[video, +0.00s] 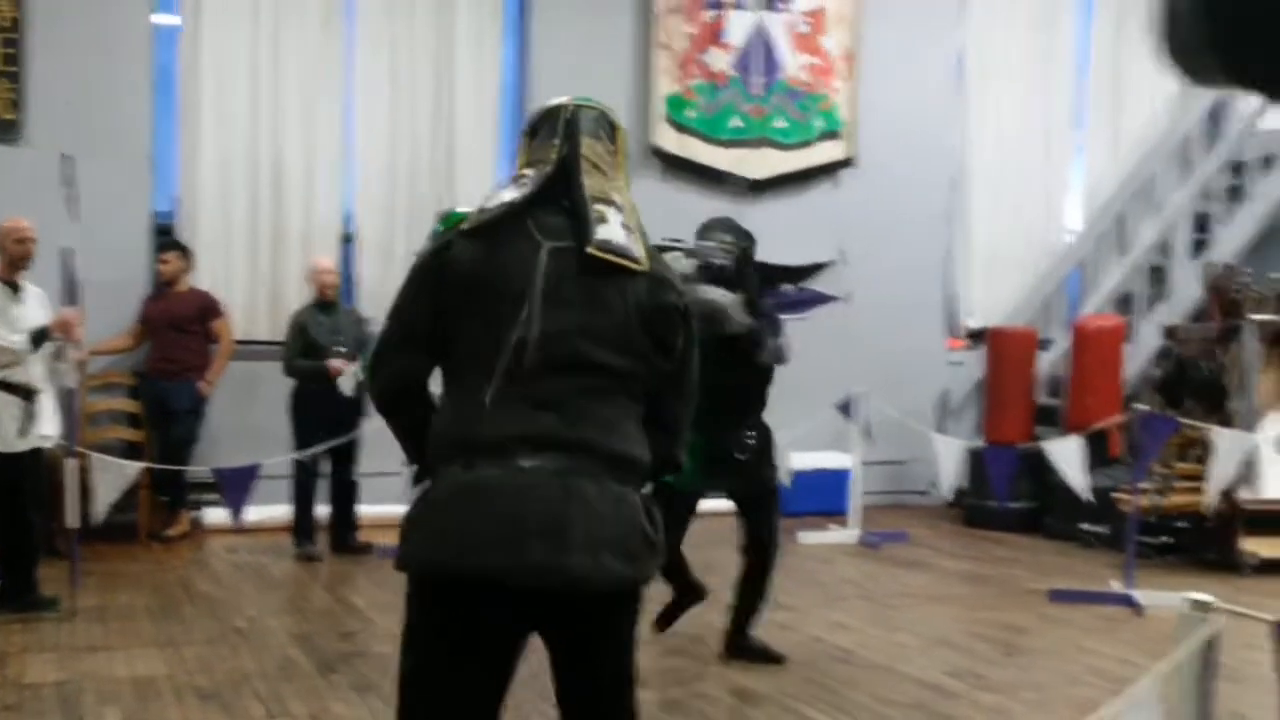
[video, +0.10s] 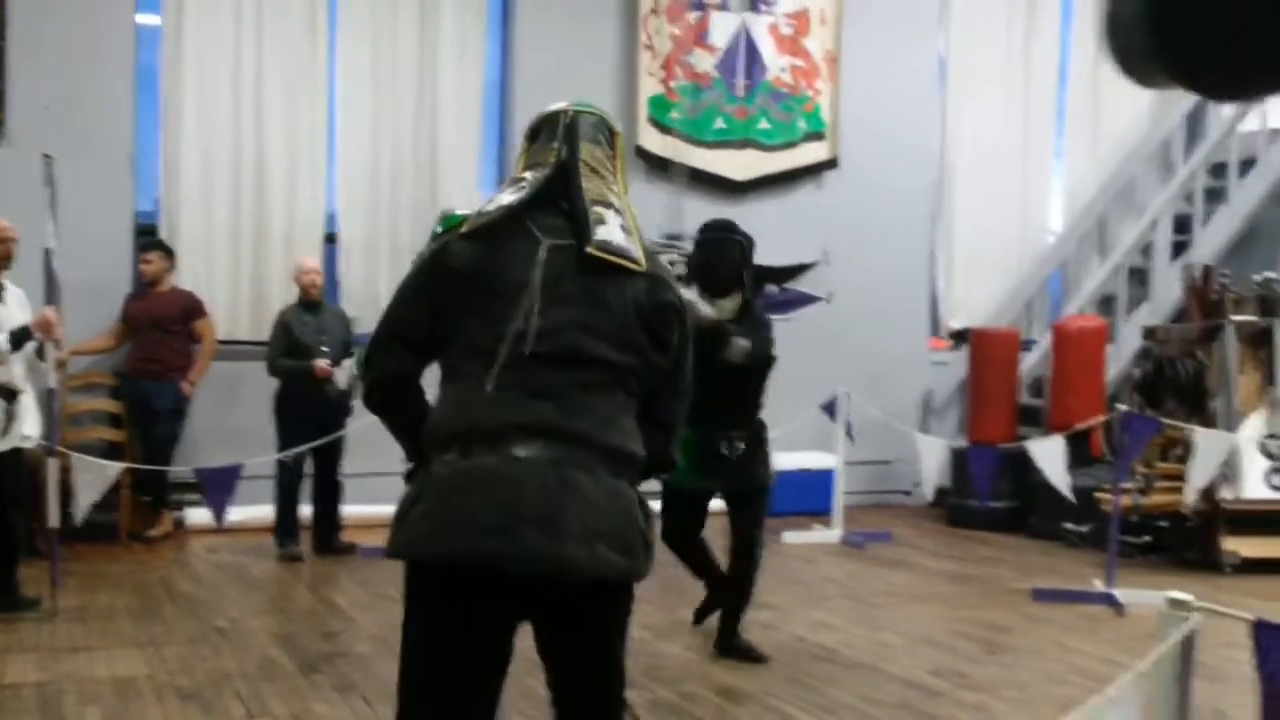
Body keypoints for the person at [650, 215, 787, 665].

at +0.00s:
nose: (712, 264)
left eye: (725, 256)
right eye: (706, 254)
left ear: (743, 263)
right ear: (695, 254)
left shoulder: (758, 314)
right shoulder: (680, 300)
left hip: (743, 437)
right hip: (687, 436)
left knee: (761, 540)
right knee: (660, 534)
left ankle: (738, 634)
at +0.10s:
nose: (715, 268)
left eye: (727, 259)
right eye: (709, 257)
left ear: (743, 267)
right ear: (696, 261)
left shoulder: (754, 325)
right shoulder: (681, 310)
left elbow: (748, 393)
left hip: (743, 439)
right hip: (691, 438)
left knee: (746, 542)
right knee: (678, 530)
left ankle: (728, 634)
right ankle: (717, 584)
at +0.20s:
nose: (692, 281)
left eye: (701, 273)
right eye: (689, 272)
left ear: (720, 275)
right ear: (683, 273)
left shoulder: (733, 323)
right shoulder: (677, 317)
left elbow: (741, 365)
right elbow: (649, 352)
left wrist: (702, 351)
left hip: (726, 438)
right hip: (687, 435)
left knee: (717, 530)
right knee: (688, 526)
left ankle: (720, 627)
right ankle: (731, 585)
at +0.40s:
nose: (642, 279)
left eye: (648, 271)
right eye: (644, 270)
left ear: (665, 275)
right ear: (684, 273)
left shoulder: (692, 329)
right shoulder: (679, 318)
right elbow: (645, 344)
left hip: (716, 444)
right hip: (700, 441)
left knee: (694, 527)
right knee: (679, 518)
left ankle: (731, 625)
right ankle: (714, 599)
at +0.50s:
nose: (619, 285)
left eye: (624, 277)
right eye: (620, 276)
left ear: (642, 280)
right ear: (660, 278)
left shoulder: (674, 331)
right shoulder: (665, 323)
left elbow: (628, 365)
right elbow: (635, 361)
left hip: (701, 446)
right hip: (686, 443)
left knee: (686, 529)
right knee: (669, 517)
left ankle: (718, 625)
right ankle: (698, 599)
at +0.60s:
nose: (600, 295)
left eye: (604, 286)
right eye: (600, 286)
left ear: (620, 289)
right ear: (643, 285)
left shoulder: (654, 336)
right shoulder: (656, 329)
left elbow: (609, 384)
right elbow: (615, 380)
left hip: (686, 453)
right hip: (677, 450)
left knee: (674, 530)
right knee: (656, 519)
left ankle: (704, 627)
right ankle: (681, 603)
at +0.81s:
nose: (573, 304)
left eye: (577, 297)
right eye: (574, 297)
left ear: (590, 297)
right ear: (610, 293)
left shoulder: (612, 338)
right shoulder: (624, 330)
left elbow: (609, 408)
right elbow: (615, 407)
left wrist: (590, 448)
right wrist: (595, 446)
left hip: (650, 450)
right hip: (649, 447)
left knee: (639, 531)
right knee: (618, 518)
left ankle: (671, 627)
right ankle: (647, 602)